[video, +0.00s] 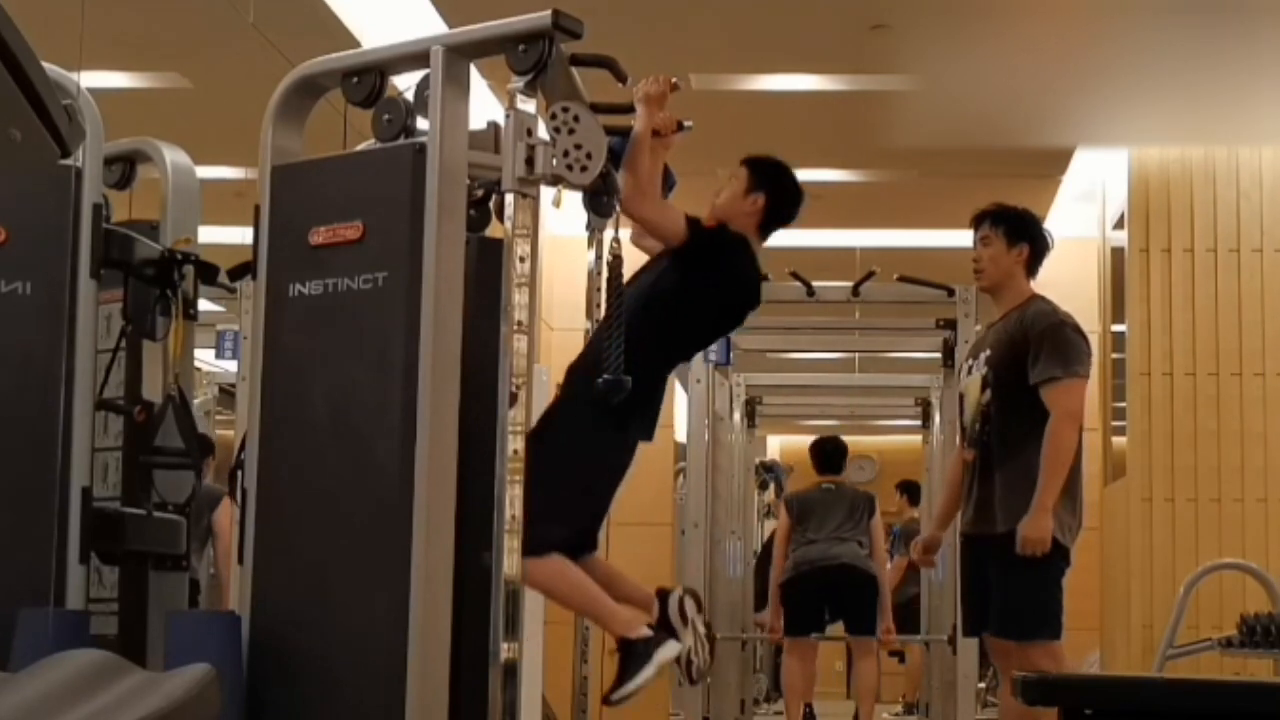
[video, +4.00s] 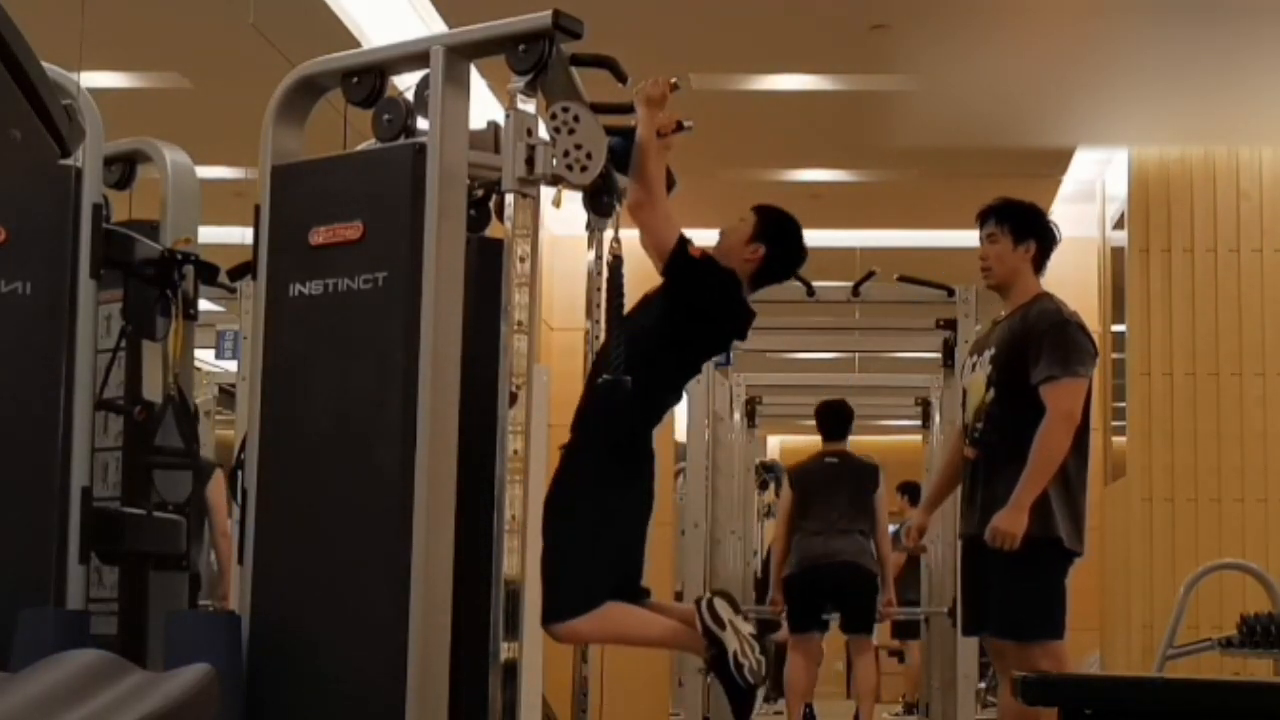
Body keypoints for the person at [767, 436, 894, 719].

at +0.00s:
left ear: (813, 464)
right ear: (846, 463)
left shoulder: (793, 501)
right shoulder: (866, 501)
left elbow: (778, 561)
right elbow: (880, 561)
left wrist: (774, 611)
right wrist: (886, 615)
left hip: (804, 583)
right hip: (857, 581)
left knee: (798, 653)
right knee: (865, 652)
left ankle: (795, 715)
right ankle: (865, 716)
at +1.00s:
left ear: (815, 454)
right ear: (848, 453)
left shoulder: (795, 494)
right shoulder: (868, 493)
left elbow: (782, 555)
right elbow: (880, 557)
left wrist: (779, 599)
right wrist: (886, 609)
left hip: (804, 581)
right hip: (855, 581)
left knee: (797, 652)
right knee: (865, 652)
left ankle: (794, 716)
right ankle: (865, 715)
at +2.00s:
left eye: (814, 398)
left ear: (811, 400)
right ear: (844, 399)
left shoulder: (791, 449)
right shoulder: (866, 447)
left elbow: (776, 508)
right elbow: (879, 511)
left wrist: (773, 558)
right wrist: (886, 559)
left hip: (806, 566)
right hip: (854, 565)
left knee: (805, 648)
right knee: (857, 649)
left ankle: (798, 716)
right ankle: (863, 714)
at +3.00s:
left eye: (814, 461)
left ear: (813, 464)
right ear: (847, 464)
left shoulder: (794, 503)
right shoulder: (867, 502)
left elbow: (780, 564)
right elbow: (882, 564)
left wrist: (775, 613)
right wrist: (887, 618)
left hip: (806, 585)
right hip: (858, 584)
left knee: (801, 653)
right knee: (865, 653)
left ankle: (798, 715)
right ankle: (865, 715)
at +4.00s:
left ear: (818, 428)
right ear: (850, 428)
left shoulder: (796, 473)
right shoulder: (871, 472)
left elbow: (782, 535)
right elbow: (882, 534)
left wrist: (774, 586)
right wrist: (889, 587)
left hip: (806, 574)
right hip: (856, 573)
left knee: (802, 649)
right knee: (862, 649)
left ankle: (796, 715)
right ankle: (865, 714)